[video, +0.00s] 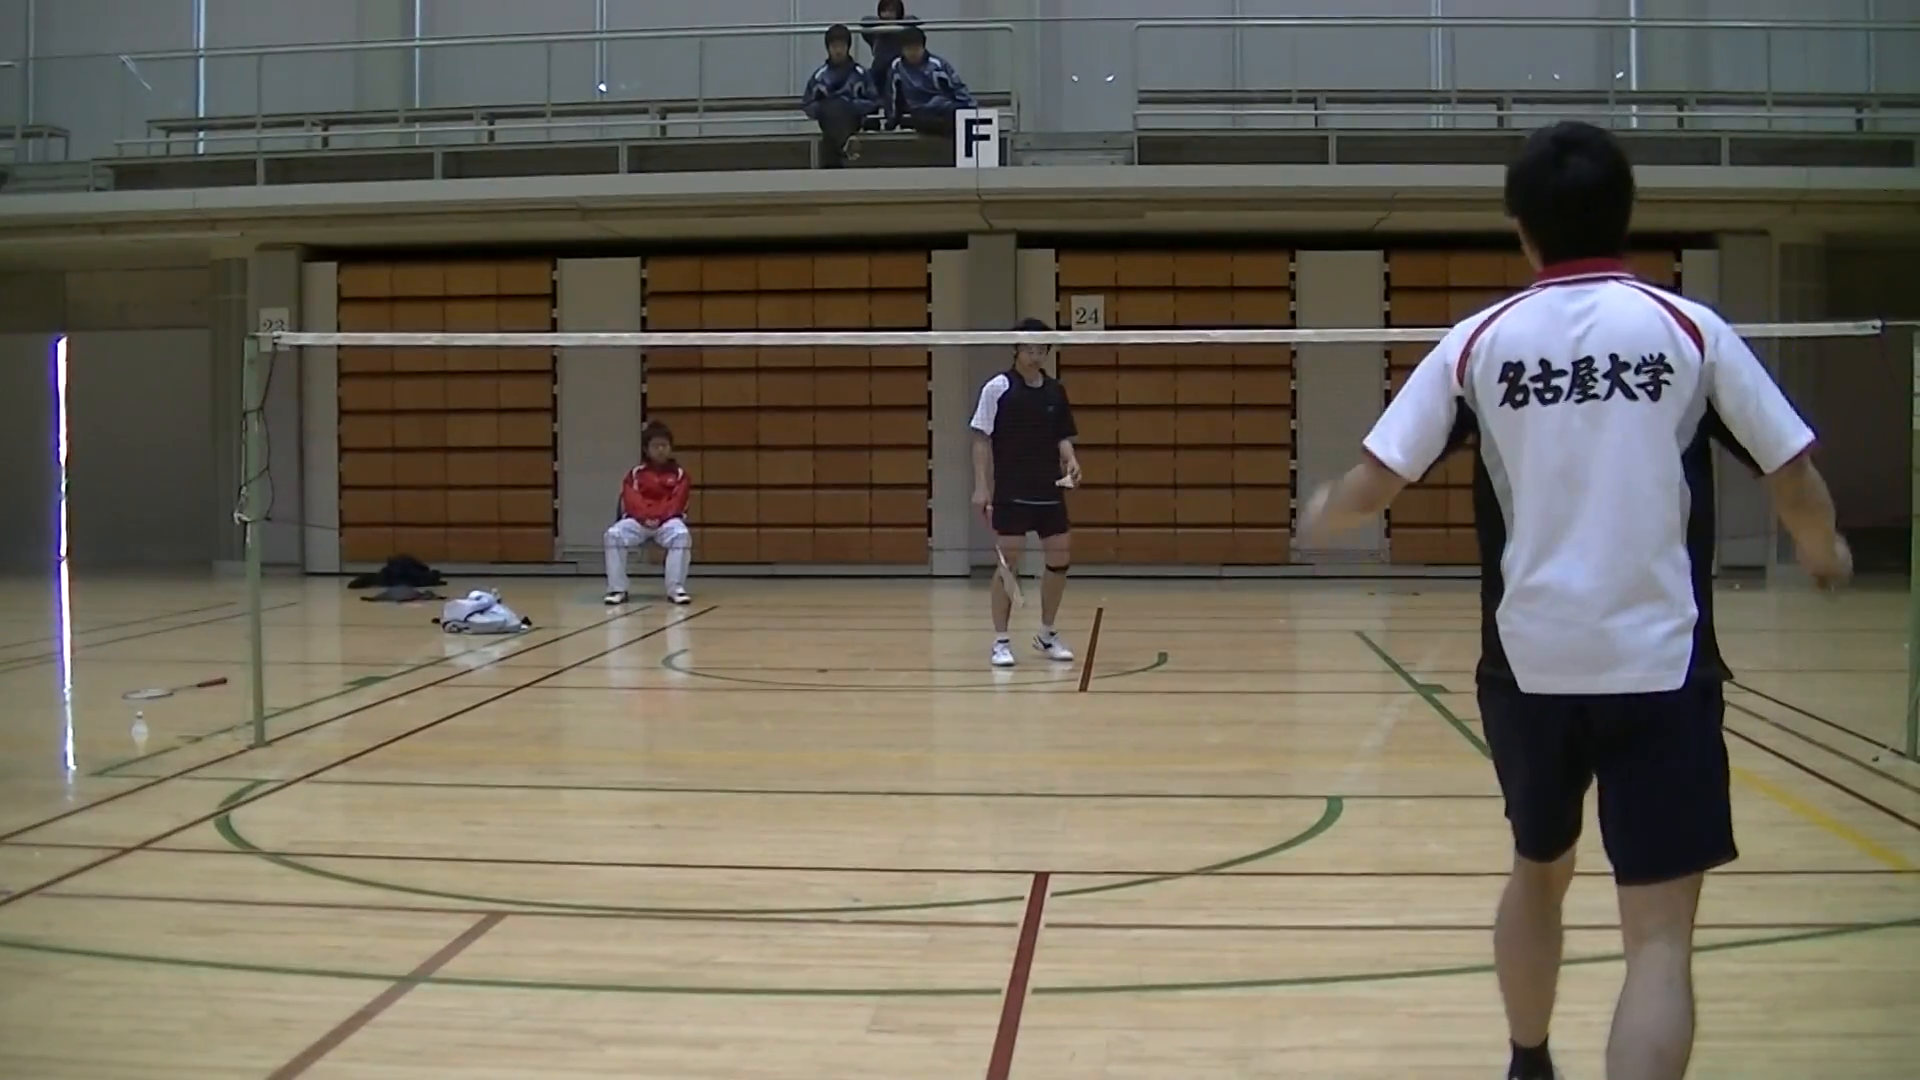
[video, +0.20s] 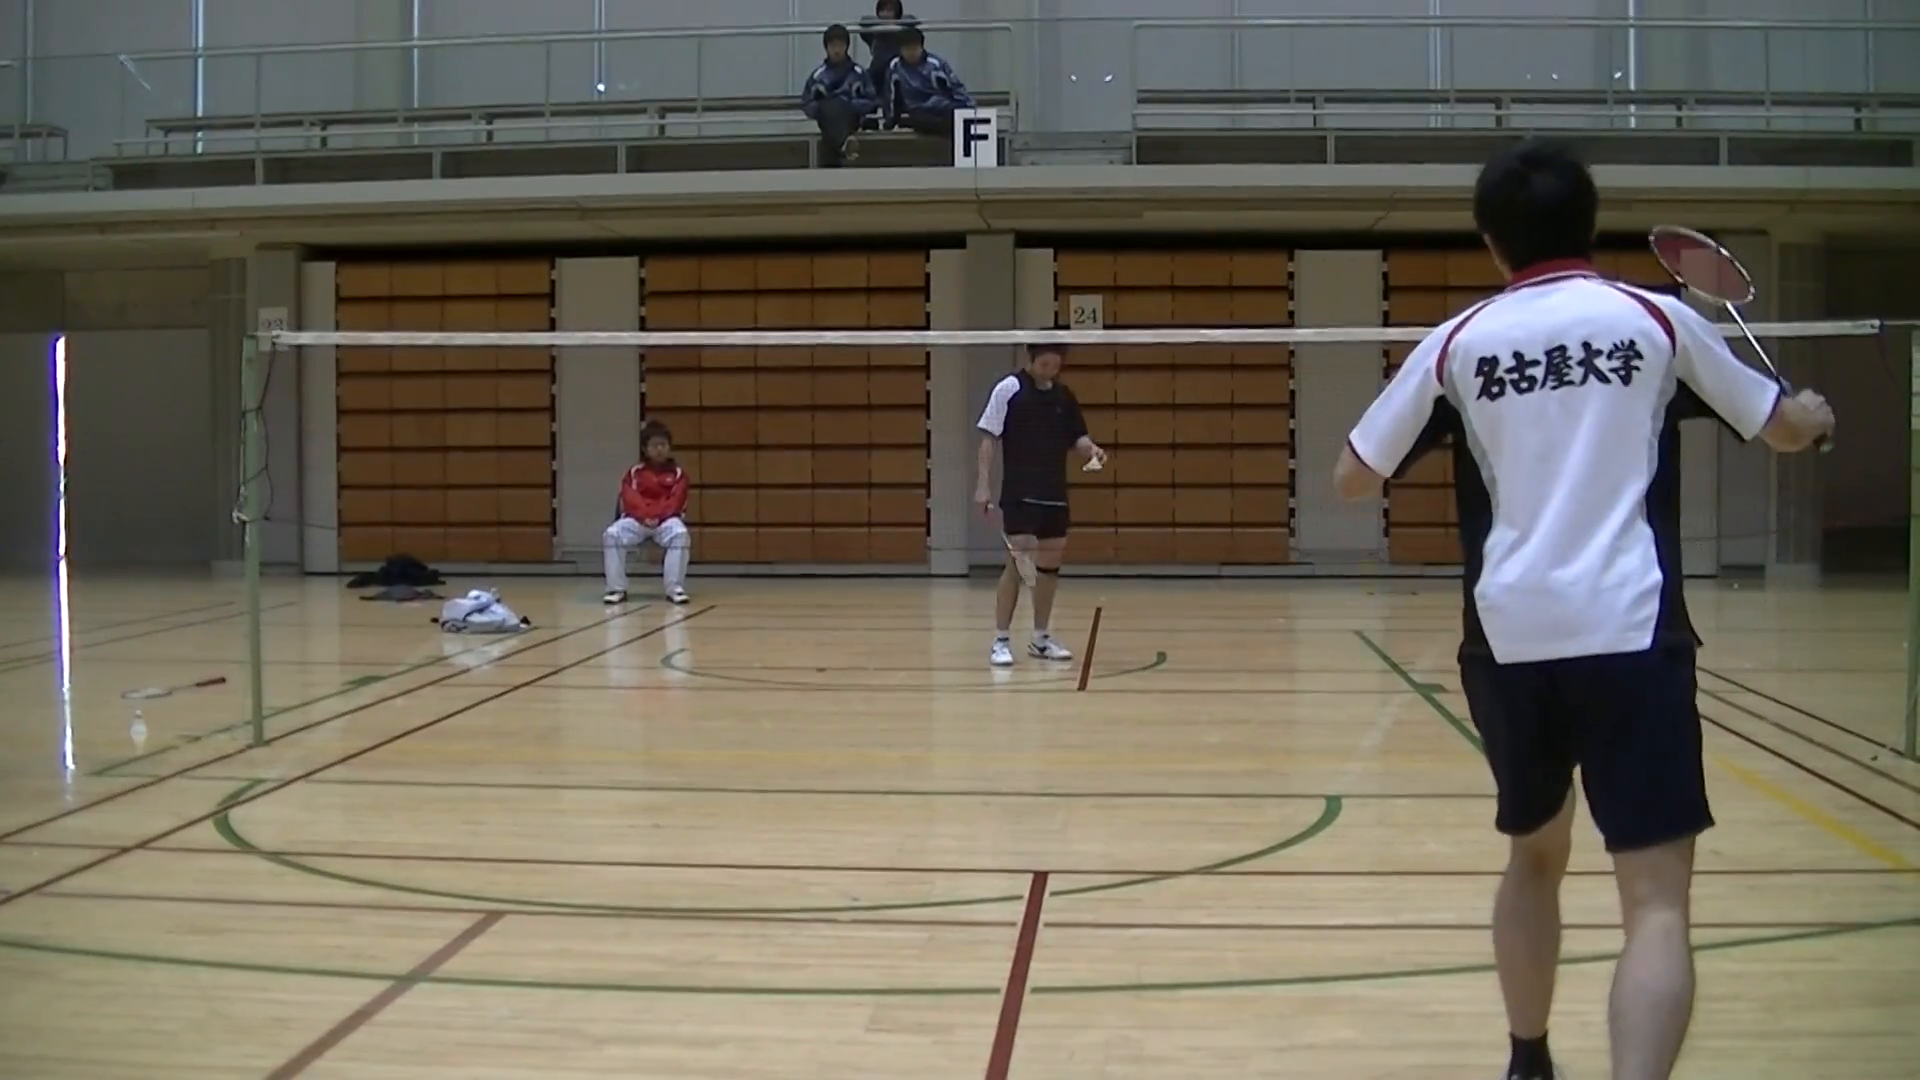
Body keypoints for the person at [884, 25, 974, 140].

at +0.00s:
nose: (913, 54)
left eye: (916, 49)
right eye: (908, 49)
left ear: (923, 48)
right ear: (902, 50)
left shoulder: (938, 65)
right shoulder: (897, 68)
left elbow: (957, 88)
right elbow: (893, 97)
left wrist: (970, 108)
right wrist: (891, 122)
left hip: (948, 109)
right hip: (920, 114)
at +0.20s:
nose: (911, 53)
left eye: (915, 48)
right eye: (907, 49)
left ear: (922, 48)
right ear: (901, 50)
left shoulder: (937, 64)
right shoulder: (895, 68)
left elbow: (955, 86)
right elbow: (891, 96)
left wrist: (968, 106)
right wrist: (890, 121)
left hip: (945, 107)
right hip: (916, 112)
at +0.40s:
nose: (911, 53)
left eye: (915, 48)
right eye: (907, 48)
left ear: (922, 48)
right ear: (901, 50)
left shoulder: (936, 63)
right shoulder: (895, 68)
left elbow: (955, 86)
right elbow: (891, 96)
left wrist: (968, 107)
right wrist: (890, 121)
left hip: (945, 108)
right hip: (917, 113)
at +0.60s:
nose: (911, 53)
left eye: (914, 48)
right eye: (907, 48)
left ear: (921, 48)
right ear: (900, 50)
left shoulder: (937, 64)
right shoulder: (895, 68)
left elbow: (955, 87)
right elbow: (891, 96)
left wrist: (968, 106)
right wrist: (890, 121)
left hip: (945, 109)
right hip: (917, 113)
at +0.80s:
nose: (911, 53)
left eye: (914, 48)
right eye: (906, 49)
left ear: (921, 48)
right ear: (900, 50)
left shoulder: (936, 64)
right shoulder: (895, 68)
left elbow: (955, 87)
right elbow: (891, 96)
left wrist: (968, 107)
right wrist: (889, 122)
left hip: (945, 109)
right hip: (916, 113)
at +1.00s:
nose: (911, 53)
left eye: (914, 48)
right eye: (906, 48)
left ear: (921, 47)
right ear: (900, 49)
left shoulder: (936, 65)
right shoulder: (894, 67)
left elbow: (955, 87)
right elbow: (891, 96)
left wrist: (968, 107)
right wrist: (889, 121)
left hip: (942, 107)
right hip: (916, 112)